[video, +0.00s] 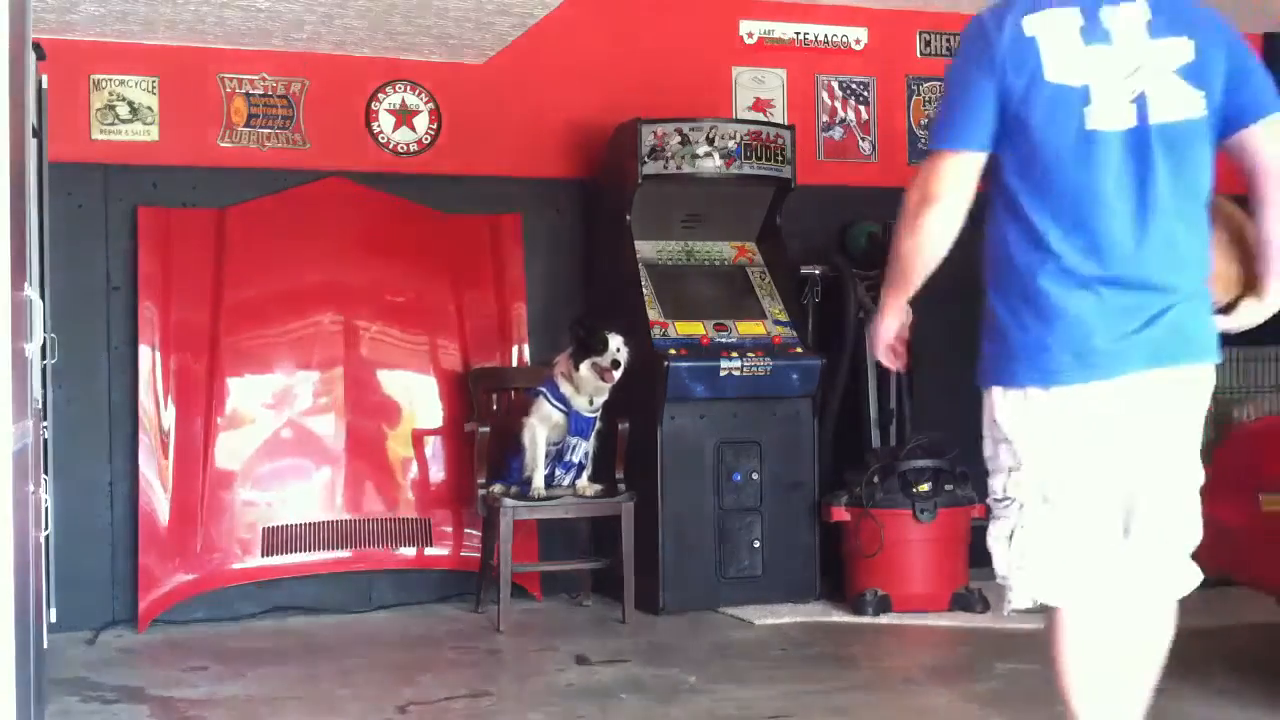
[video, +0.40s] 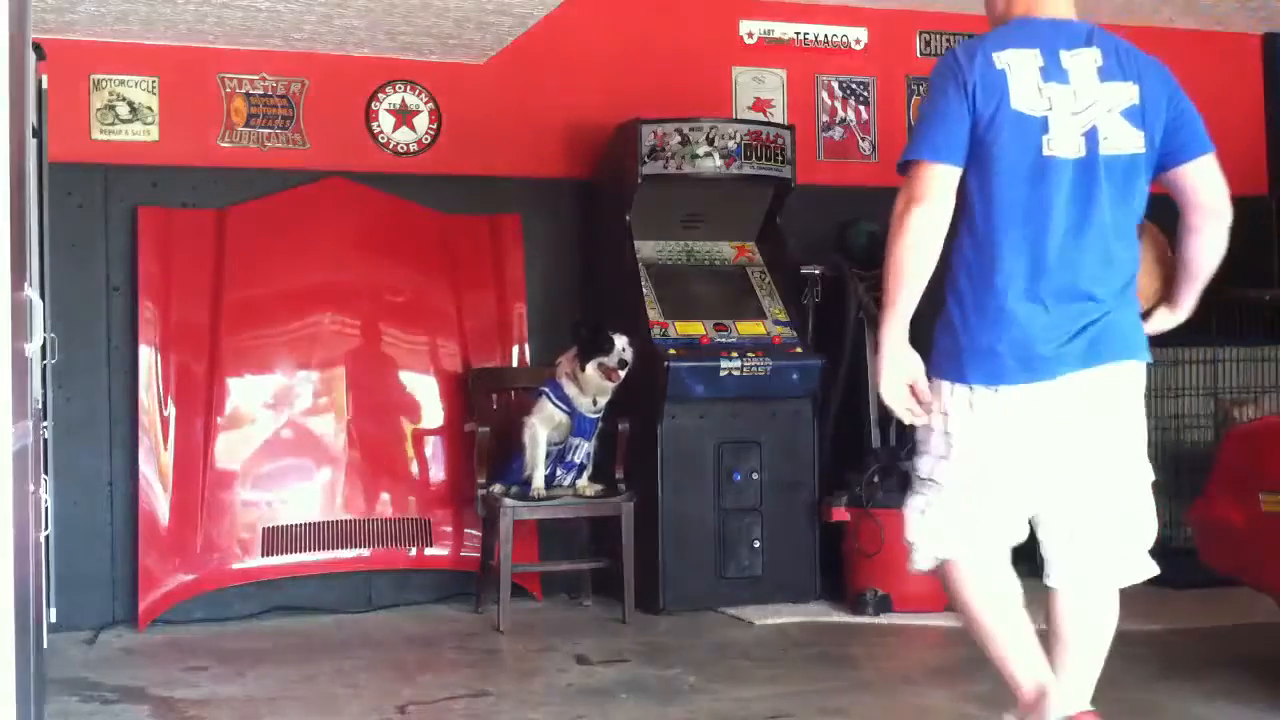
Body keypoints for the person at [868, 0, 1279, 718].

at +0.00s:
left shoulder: (1005, 29)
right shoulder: (1202, 26)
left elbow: (942, 191)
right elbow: (1269, 169)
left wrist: (895, 297)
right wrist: (1267, 287)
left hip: (1052, 356)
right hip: (1176, 346)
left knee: (1081, 587)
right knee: (1155, 580)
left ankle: (1093, 710)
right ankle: (1123, 710)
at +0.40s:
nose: (984, 8)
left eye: (985, 4)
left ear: (1000, 1)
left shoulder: (971, 65)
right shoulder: (1145, 72)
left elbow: (925, 201)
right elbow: (1210, 204)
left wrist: (893, 332)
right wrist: (1181, 300)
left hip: (987, 361)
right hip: (1107, 356)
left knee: (964, 537)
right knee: (1090, 557)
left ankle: (1038, 694)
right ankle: (1070, 709)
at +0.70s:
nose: (937, 18)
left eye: (940, 10)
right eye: (941, 10)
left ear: (958, 10)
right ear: (1026, 12)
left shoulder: (938, 88)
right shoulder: (1093, 93)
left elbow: (914, 218)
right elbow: (1155, 219)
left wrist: (886, 338)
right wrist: (1122, 304)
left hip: (961, 370)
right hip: (1070, 365)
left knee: (938, 549)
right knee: (1065, 556)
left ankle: (922, 704)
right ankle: (1061, 710)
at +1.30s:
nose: (850, 63)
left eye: (850, 50)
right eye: (854, 50)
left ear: (859, 51)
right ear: (926, 50)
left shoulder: (842, 126)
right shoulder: (985, 123)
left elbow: (798, 251)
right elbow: (1039, 240)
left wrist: (781, 330)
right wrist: (1029, 323)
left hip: (879, 369)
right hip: (968, 362)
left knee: (897, 536)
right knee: (957, 530)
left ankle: (928, 697)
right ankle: (942, 672)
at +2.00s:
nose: (819, 98)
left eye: (818, 87)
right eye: (820, 87)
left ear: (832, 79)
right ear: (886, 80)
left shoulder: (828, 142)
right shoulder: (942, 149)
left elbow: (796, 256)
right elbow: (955, 266)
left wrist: (774, 291)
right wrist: (880, 276)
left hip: (839, 370)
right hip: (923, 366)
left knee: (824, 519)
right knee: (915, 515)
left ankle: (841, 675)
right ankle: (911, 670)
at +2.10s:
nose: (800, 104)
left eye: (799, 93)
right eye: (800, 94)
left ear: (813, 85)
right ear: (871, 82)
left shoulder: (815, 144)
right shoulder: (929, 150)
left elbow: (795, 261)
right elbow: (953, 263)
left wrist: (778, 291)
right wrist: (895, 299)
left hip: (838, 370)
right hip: (919, 364)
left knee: (828, 520)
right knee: (910, 514)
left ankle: (842, 676)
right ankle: (910, 670)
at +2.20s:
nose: (788, 107)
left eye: (786, 96)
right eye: (788, 97)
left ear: (800, 87)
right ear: (851, 81)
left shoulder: (803, 146)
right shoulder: (916, 143)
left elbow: (786, 264)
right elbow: (950, 254)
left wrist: (775, 317)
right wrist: (897, 293)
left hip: (835, 367)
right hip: (915, 360)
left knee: (830, 520)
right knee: (907, 514)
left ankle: (842, 676)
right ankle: (910, 669)